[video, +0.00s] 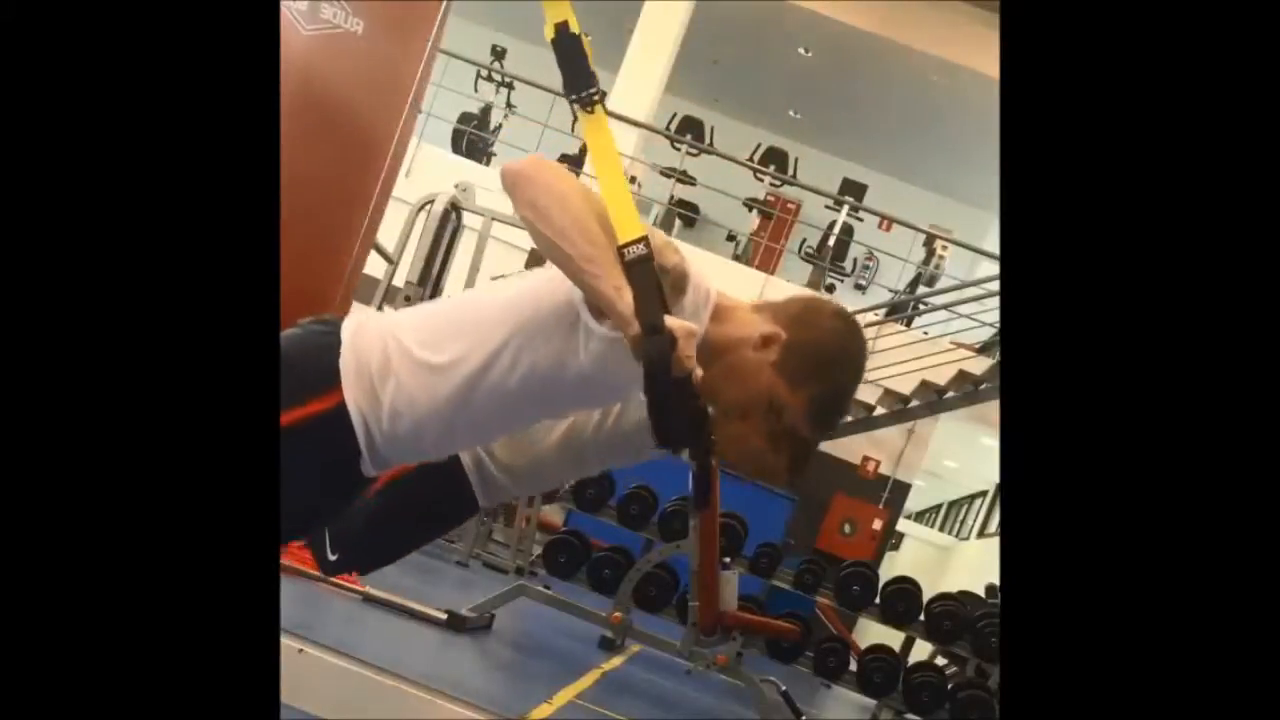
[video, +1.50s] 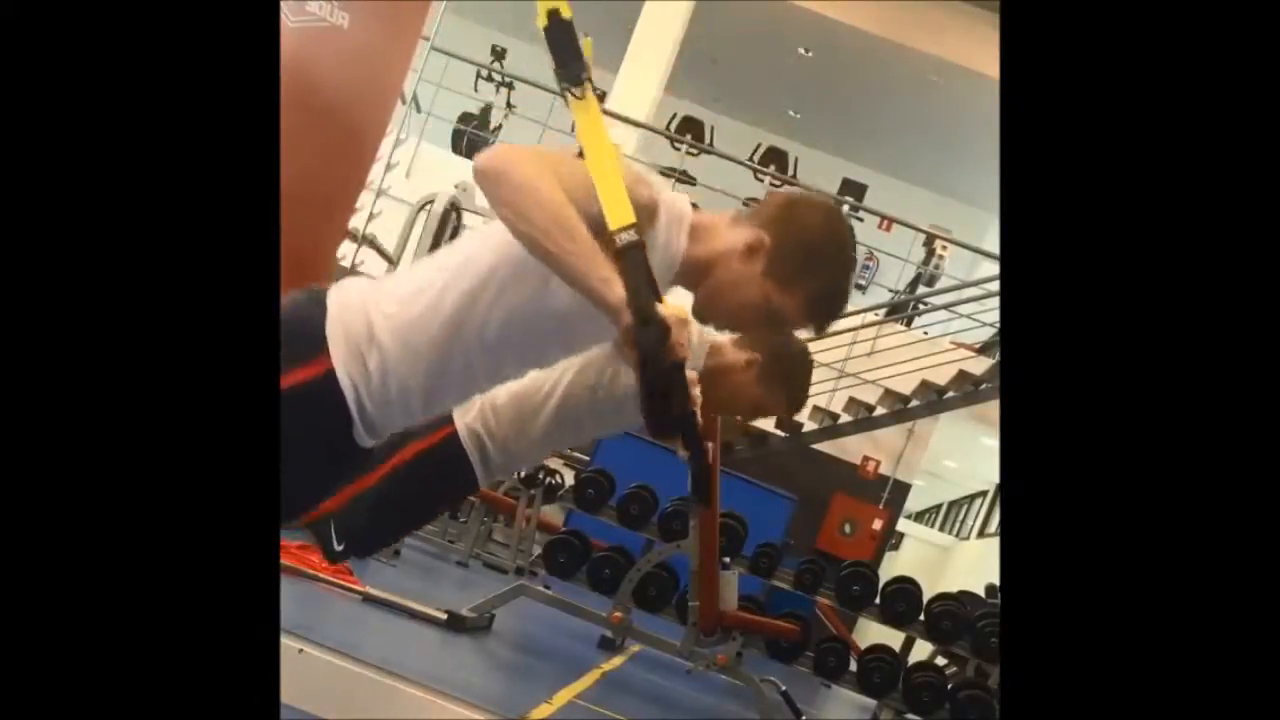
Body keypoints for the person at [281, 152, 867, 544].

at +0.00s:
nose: (749, 423)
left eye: (768, 423)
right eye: (768, 410)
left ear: (766, 338)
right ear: (767, 341)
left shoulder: (678, 367)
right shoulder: (667, 277)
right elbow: (528, 177)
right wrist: (629, 313)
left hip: (357, 448)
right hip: (326, 402)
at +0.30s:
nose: (730, 314)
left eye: (750, 312)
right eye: (748, 297)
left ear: (740, 226)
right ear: (737, 228)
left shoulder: (640, 264)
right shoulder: (627, 170)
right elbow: (500, 143)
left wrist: (662, 388)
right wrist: (604, 303)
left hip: (346, 388)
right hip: (306, 324)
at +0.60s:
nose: (706, 200)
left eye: (728, 194)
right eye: (721, 177)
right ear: (700, 109)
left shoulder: (612, 173)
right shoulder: (578, 75)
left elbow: (610, 278)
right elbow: (500, 142)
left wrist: (656, 375)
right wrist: (594, 282)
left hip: (338, 342)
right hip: (295, 278)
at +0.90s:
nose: (698, 135)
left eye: (712, 123)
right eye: (705, 108)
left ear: (666, 39)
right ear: (670, 36)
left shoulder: (590, 136)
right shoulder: (545, 28)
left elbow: (608, 248)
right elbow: (499, 143)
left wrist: (657, 375)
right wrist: (584, 288)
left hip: (331, 332)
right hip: (289, 269)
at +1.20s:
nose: (718, 190)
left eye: (735, 181)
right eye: (729, 167)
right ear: (701, 98)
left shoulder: (615, 177)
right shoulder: (578, 73)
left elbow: (593, 275)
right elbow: (490, 138)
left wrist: (653, 380)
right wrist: (581, 273)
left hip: (344, 355)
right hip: (299, 290)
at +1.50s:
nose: (749, 331)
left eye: (769, 328)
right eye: (768, 315)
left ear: (754, 251)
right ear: (753, 251)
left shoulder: (670, 289)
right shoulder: (645, 202)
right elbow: (504, 168)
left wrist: (668, 408)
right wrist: (629, 307)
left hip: (367, 426)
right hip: (326, 367)